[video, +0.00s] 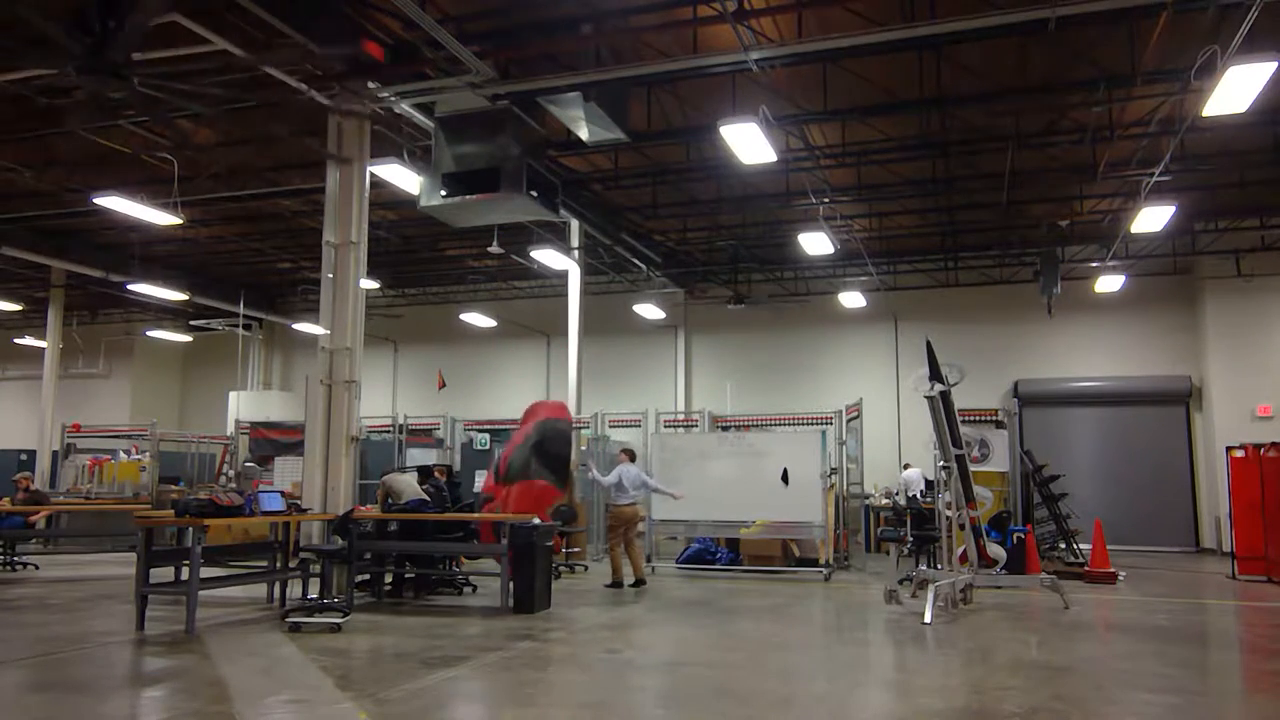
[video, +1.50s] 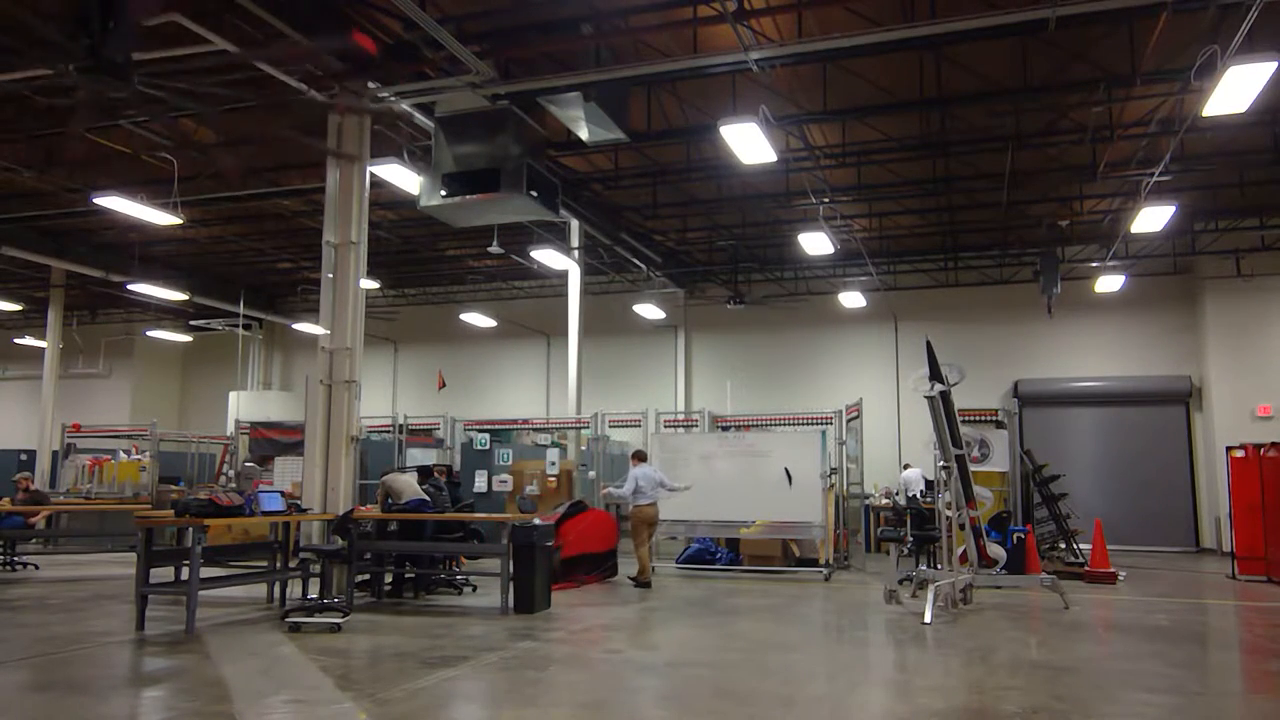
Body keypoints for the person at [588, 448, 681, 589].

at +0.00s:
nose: (618, 457)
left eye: (620, 455)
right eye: (619, 455)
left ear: (627, 457)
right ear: (630, 458)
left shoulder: (620, 469)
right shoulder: (637, 471)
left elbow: (606, 482)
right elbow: (652, 486)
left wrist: (593, 471)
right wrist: (672, 494)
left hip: (618, 509)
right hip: (633, 508)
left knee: (614, 545)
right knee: (631, 543)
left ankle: (617, 579)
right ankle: (640, 577)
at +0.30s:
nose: (618, 459)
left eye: (619, 456)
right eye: (618, 456)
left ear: (625, 457)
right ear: (631, 458)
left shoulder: (621, 472)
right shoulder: (637, 472)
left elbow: (604, 486)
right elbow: (641, 488)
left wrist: (591, 477)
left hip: (619, 508)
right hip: (633, 508)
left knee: (614, 545)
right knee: (629, 544)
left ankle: (617, 579)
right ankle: (639, 575)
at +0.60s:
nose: (624, 461)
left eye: (625, 458)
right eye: (624, 458)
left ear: (630, 458)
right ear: (636, 459)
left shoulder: (628, 472)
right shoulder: (644, 473)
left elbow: (612, 488)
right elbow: (646, 488)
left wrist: (597, 478)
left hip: (626, 508)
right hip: (640, 507)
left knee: (620, 544)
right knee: (635, 544)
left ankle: (619, 578)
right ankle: (639, 577)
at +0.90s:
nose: (629, 462)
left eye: (630, 459)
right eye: (629, 459)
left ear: (635, 458)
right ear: (642, 459)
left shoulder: (633, 471)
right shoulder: (649, 472)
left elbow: (617, 487)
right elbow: (659, 487)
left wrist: (602, 476)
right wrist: (668, 494)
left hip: (632, 507)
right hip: (646, 507)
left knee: (626, 544)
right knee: (640, 544)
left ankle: (627, 577)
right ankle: (639, 576)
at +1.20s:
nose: (631, 462)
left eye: (631, 460)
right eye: (631, 460)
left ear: (637, 459)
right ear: (644, 460)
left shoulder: (635, 471)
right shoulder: (653, 472)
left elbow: (628, 489)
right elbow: (665, 488)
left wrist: (611, 483)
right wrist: (681, 490)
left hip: (635, 507)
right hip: (648, 507)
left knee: (632, 544)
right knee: (643, 543)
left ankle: (638, 575)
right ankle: (642, 575)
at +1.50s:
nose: (631, 463)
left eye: (632, 460)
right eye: (631, 460)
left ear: (635, 460)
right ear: (645, 460)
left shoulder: (634, 472)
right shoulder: (653, 471)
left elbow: (626, 493)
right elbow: (668, 486)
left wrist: (610, 491)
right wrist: (683, 487)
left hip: (639, 508)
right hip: (652, 506)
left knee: (641, 545)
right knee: (645, 544)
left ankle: (645, 578)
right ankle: (641, 574)